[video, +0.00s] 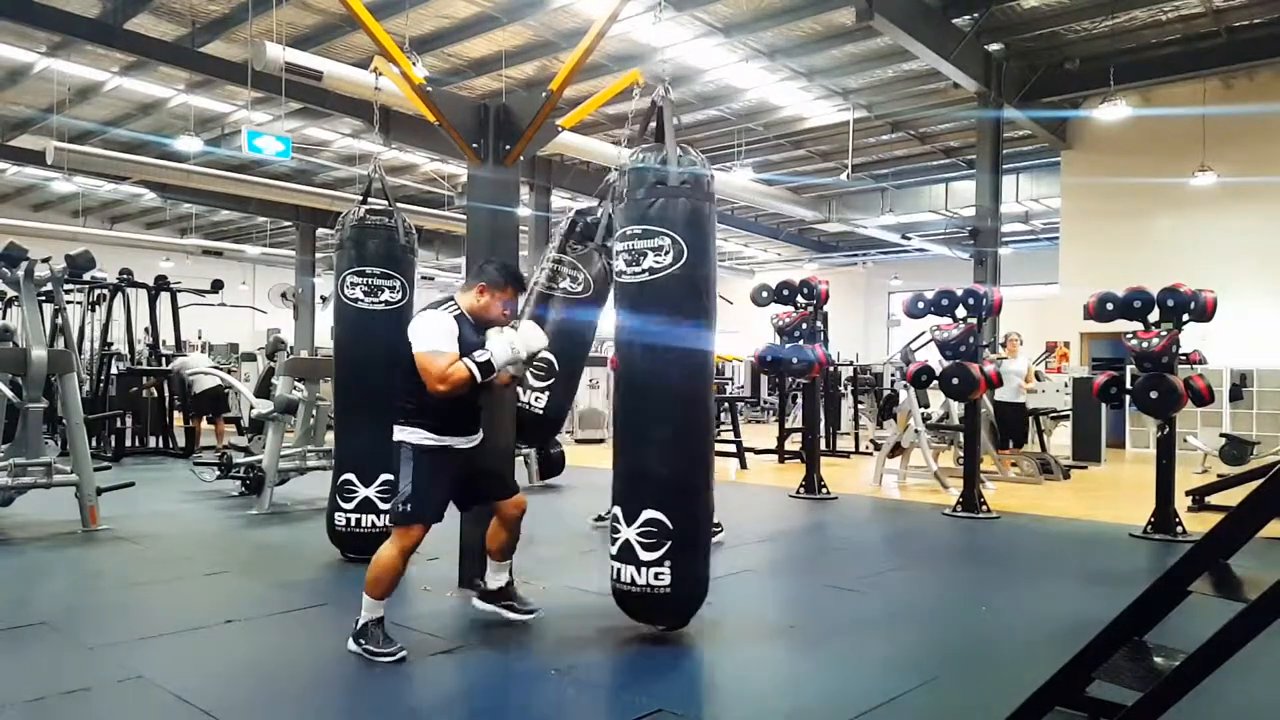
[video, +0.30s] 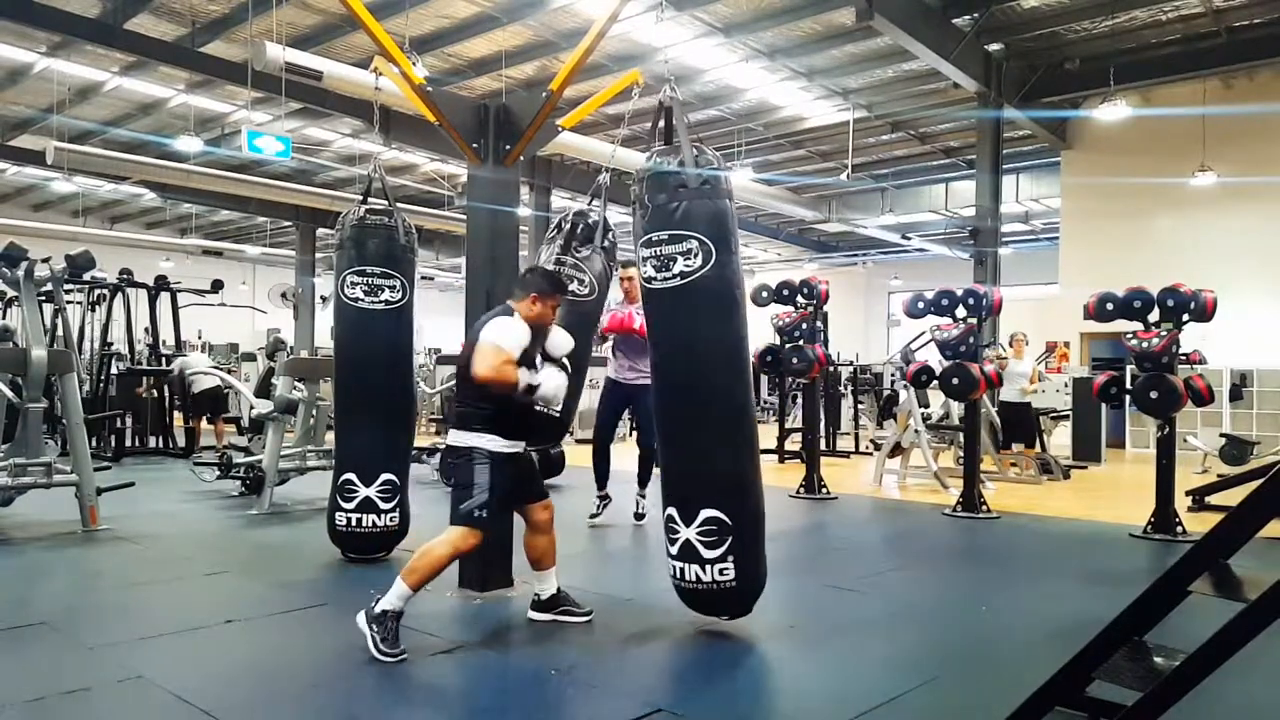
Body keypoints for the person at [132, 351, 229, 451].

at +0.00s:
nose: (171, 367)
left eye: (172, 365)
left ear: (175, 360)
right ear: (185, 356)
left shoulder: (176, 364)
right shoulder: (201, 356)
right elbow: (217, 367)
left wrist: (140, 388)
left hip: (200, 391)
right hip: (217, 387)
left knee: (196, 421)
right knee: (219, 419)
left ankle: (196, 447)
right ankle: (220, 446)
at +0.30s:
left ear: (182, 357)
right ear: (194, 354)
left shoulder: (180, 360)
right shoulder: (204, 357)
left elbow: (165, 377)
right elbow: (216, 368)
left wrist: (145, 389)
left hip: (199, 391)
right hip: (217, 388)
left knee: (196, 421)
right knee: (218, 420)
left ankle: (196, 447)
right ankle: (219, 446)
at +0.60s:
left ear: (181, 357)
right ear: (192, 353)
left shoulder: (180, 361)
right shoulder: (203, 356)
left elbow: (166, 377)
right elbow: (216, 368)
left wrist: (146, 388)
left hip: (199, 391)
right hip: (217, 388)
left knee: (196, 421)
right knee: (218, 420)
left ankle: (196, 447)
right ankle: (220, 447)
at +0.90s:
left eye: (174, 364)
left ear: (178, 359)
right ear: (189, 354)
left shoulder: (179, 361)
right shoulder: (203, 356)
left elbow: (164, 379)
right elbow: (216, 367)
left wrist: (145, 388)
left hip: (199, 390)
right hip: (217, 387)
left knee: (196, 421)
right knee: (218, 420)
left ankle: (196, 447)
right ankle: (220, 446)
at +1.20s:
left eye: (173, 365)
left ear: (177, 360)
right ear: (188, 355)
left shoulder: (178, 362)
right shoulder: (202, 356)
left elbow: (163, 378)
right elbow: (216, 367)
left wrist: (145, 388)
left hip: (200, 391)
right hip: (217, 387)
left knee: (196, 421)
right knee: (218, 420)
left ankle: (196, 447)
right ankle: (220, 446)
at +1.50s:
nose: (172, 368)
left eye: (173, 365)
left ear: (177, 360)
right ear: (186, 355)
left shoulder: (178, 362)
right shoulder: (202, 356)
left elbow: (162, 380)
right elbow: (215, 367)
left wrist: (144, 387)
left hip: (199, 391)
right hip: (217, 387)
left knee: (196, 421)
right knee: (218, 420)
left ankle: (196, 448)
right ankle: (220, 446)